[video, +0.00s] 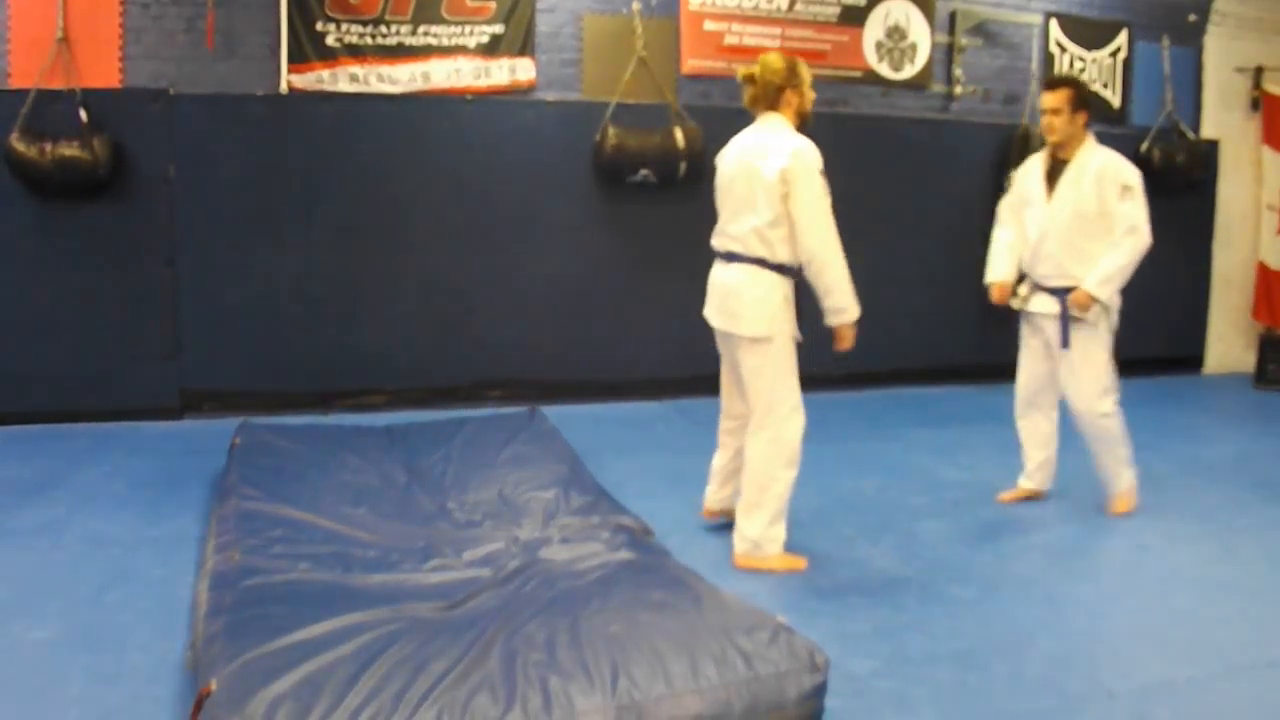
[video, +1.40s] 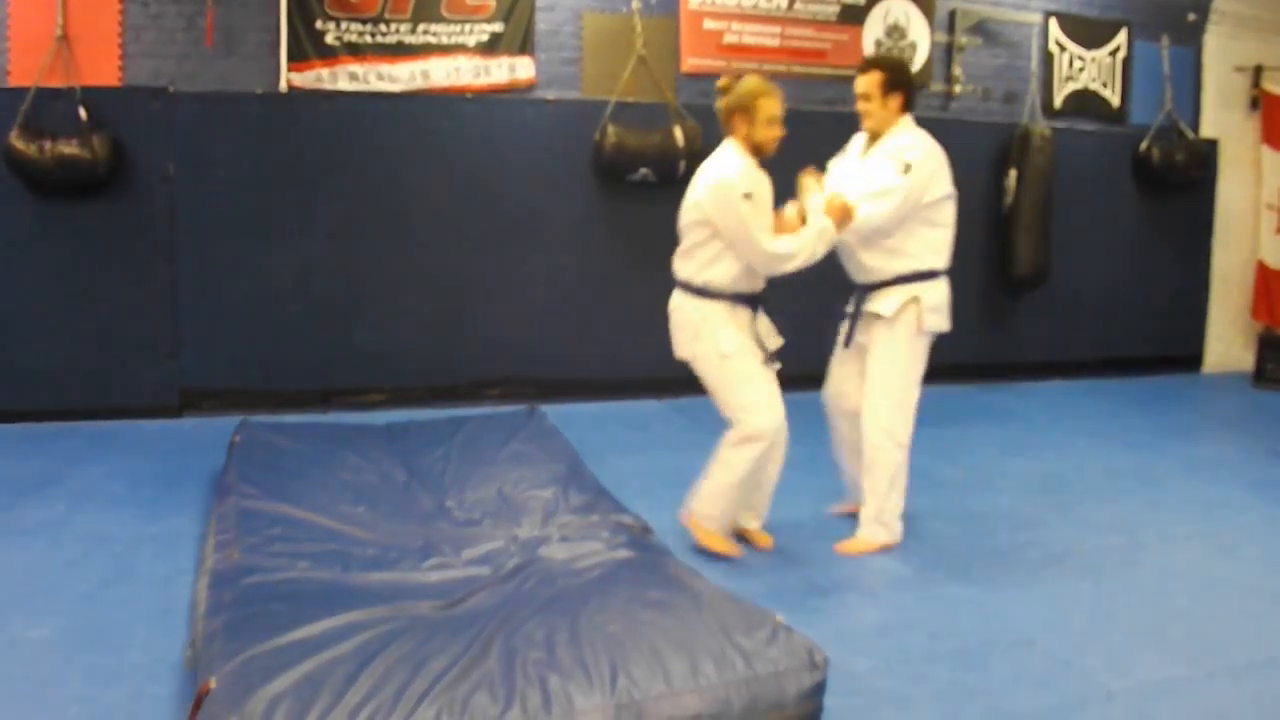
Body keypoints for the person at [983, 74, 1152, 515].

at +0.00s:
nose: (1046, 122)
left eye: (1056, 114)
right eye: (1043, 114)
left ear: (1082, 118)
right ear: (1040, 118)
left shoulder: (1117, 172)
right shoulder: (1028, 172)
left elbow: (1135, 237)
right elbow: (1008, 223)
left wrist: (1094, 289)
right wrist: (1001, 273)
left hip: (1087, 305)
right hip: (1035, 302)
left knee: (1091, 400)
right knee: (1032, 395)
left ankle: (1121, 484)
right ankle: (1035, 478)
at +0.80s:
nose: (1001, 124)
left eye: (1010, 116)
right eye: (998, 116)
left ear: (1039, 120)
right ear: (998, 121)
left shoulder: (1068, 169)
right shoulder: (991, 172)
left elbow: (1097, 226)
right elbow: (967, 212)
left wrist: (1040, 252)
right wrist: (963, 238)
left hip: (1061, 307)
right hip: (1008, 307)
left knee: (1060, 401)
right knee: (997, 401)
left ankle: (1116, 471)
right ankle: (1012, 487)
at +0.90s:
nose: (975, 123)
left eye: (984, 114)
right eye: (972, 114)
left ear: (1012, 118)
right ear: (972, 119)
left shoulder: (1042, 170)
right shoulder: (968, 168)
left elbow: (1042, 227)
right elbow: (941, 202)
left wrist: (983, 238)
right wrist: (930, 221)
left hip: (1036, 300)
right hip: (986, 301)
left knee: (1008, 395)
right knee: (984, 399)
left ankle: (1054, 477)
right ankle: (1011, 483)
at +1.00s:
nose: (951, 120)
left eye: (960, 112)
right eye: (948, 112)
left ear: (988, 116)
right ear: (949, 115)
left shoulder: (1008, 166)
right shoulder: (945, 162)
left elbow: (966, 218)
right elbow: (905, 200)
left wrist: (912, 212)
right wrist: (848, 196)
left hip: (1009, 300)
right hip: (971, 299)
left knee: (964, 394)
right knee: (989, 394)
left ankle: (956, 512)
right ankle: (1012, 482)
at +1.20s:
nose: (910, 121)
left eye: (919, 113)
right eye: (909, 113)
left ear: (949, 117)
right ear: (915, 115)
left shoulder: (963, 166)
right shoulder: (915, 159)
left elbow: (899, 204)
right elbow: (867, 192)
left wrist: (842, 209)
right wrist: (827, 200)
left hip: (953, 307)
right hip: (921, 305)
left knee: (901, 409)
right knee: (928, 400)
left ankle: (881, 527)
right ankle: (996, 465)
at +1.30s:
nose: (880, 114)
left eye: (889, 107)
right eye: (879, 106)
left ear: (919, 110)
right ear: (886, 108)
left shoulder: (938, 160)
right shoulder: (883, 156)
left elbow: (883, 219)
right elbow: (848, 206)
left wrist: (827, 226)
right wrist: (818, 229)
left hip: (929, 302)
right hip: (896, 300)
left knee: (885, 411)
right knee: (880, 401)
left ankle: (879, 529)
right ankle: (950, 461)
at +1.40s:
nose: (858, 107)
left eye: (866, 98)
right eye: (856, 98)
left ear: (897, 100)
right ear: (862, 100)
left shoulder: (919, 152)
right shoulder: (859, 146)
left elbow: (866, 216)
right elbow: (823, 201)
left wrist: (815, 195)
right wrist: (796, 216)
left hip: (909, 297)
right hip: (868, 294)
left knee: (887, 410)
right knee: (840, 396)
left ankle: (883, 525)